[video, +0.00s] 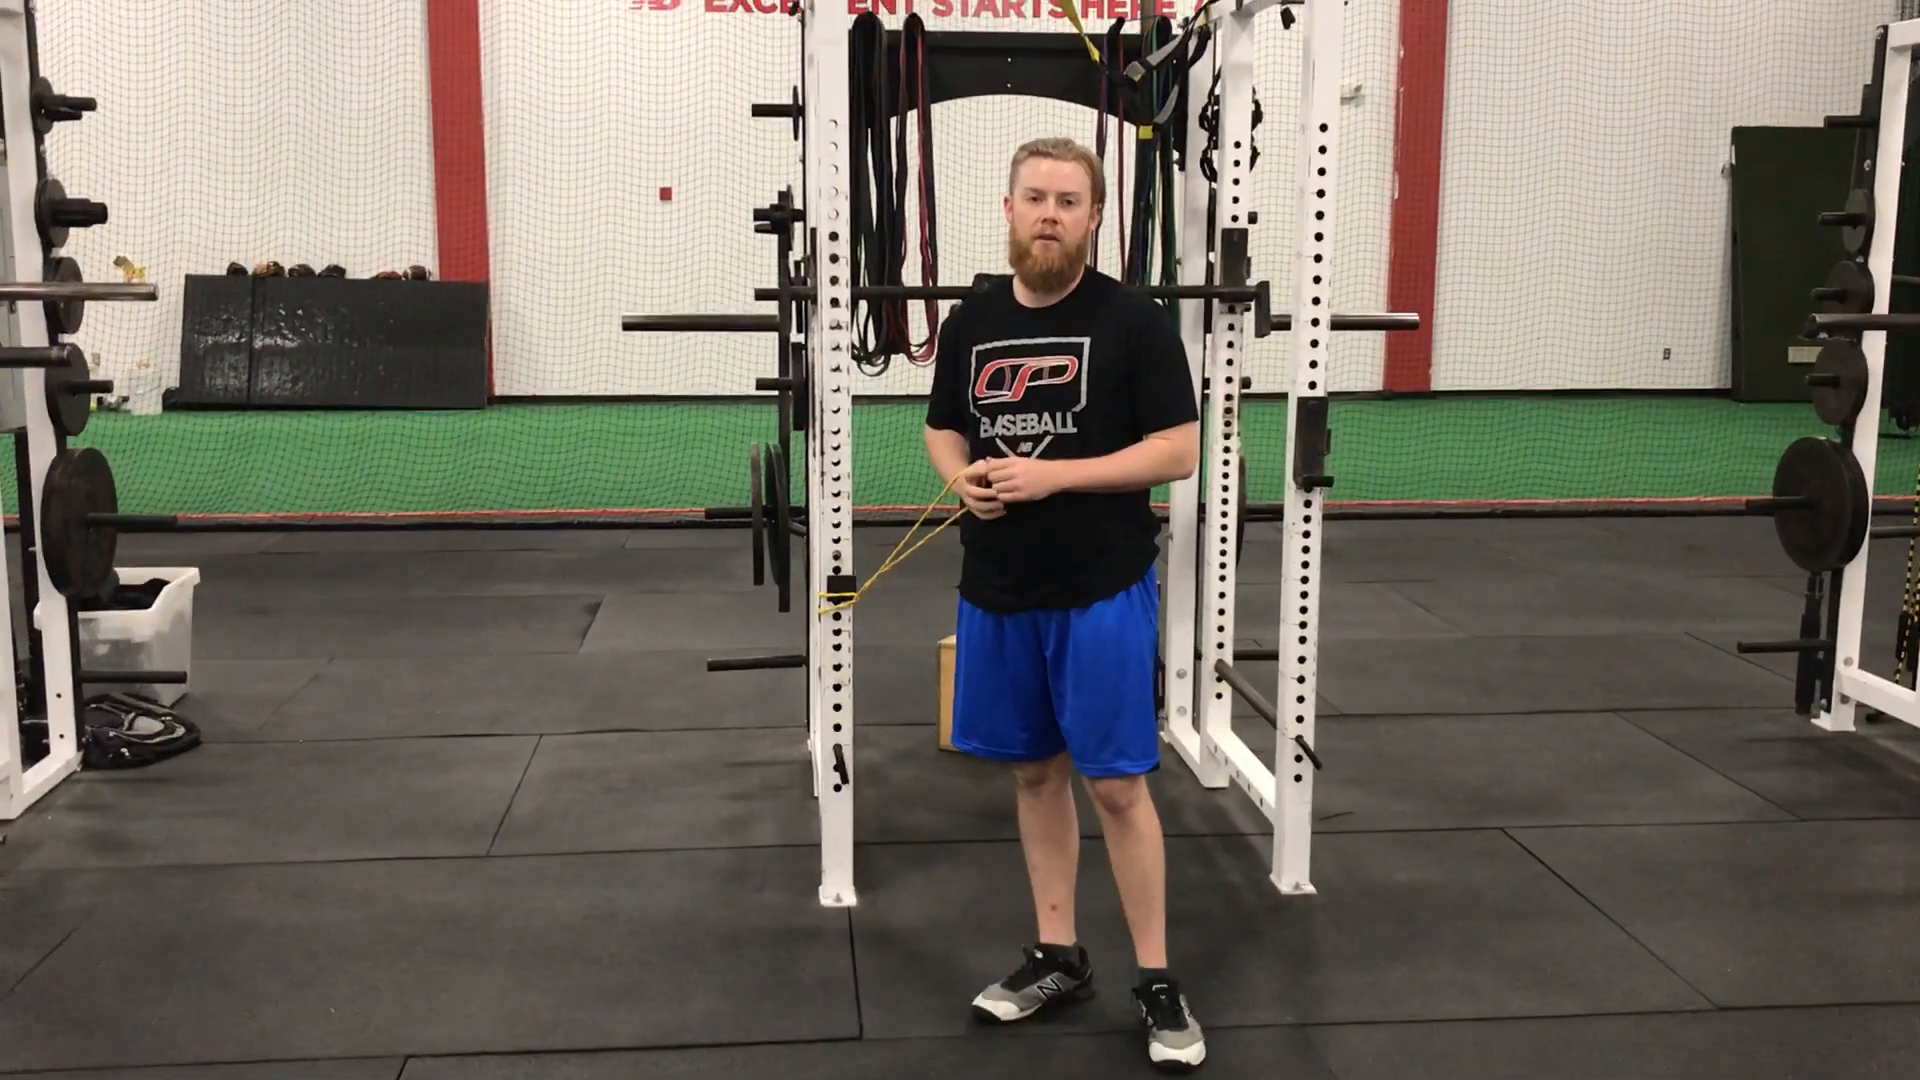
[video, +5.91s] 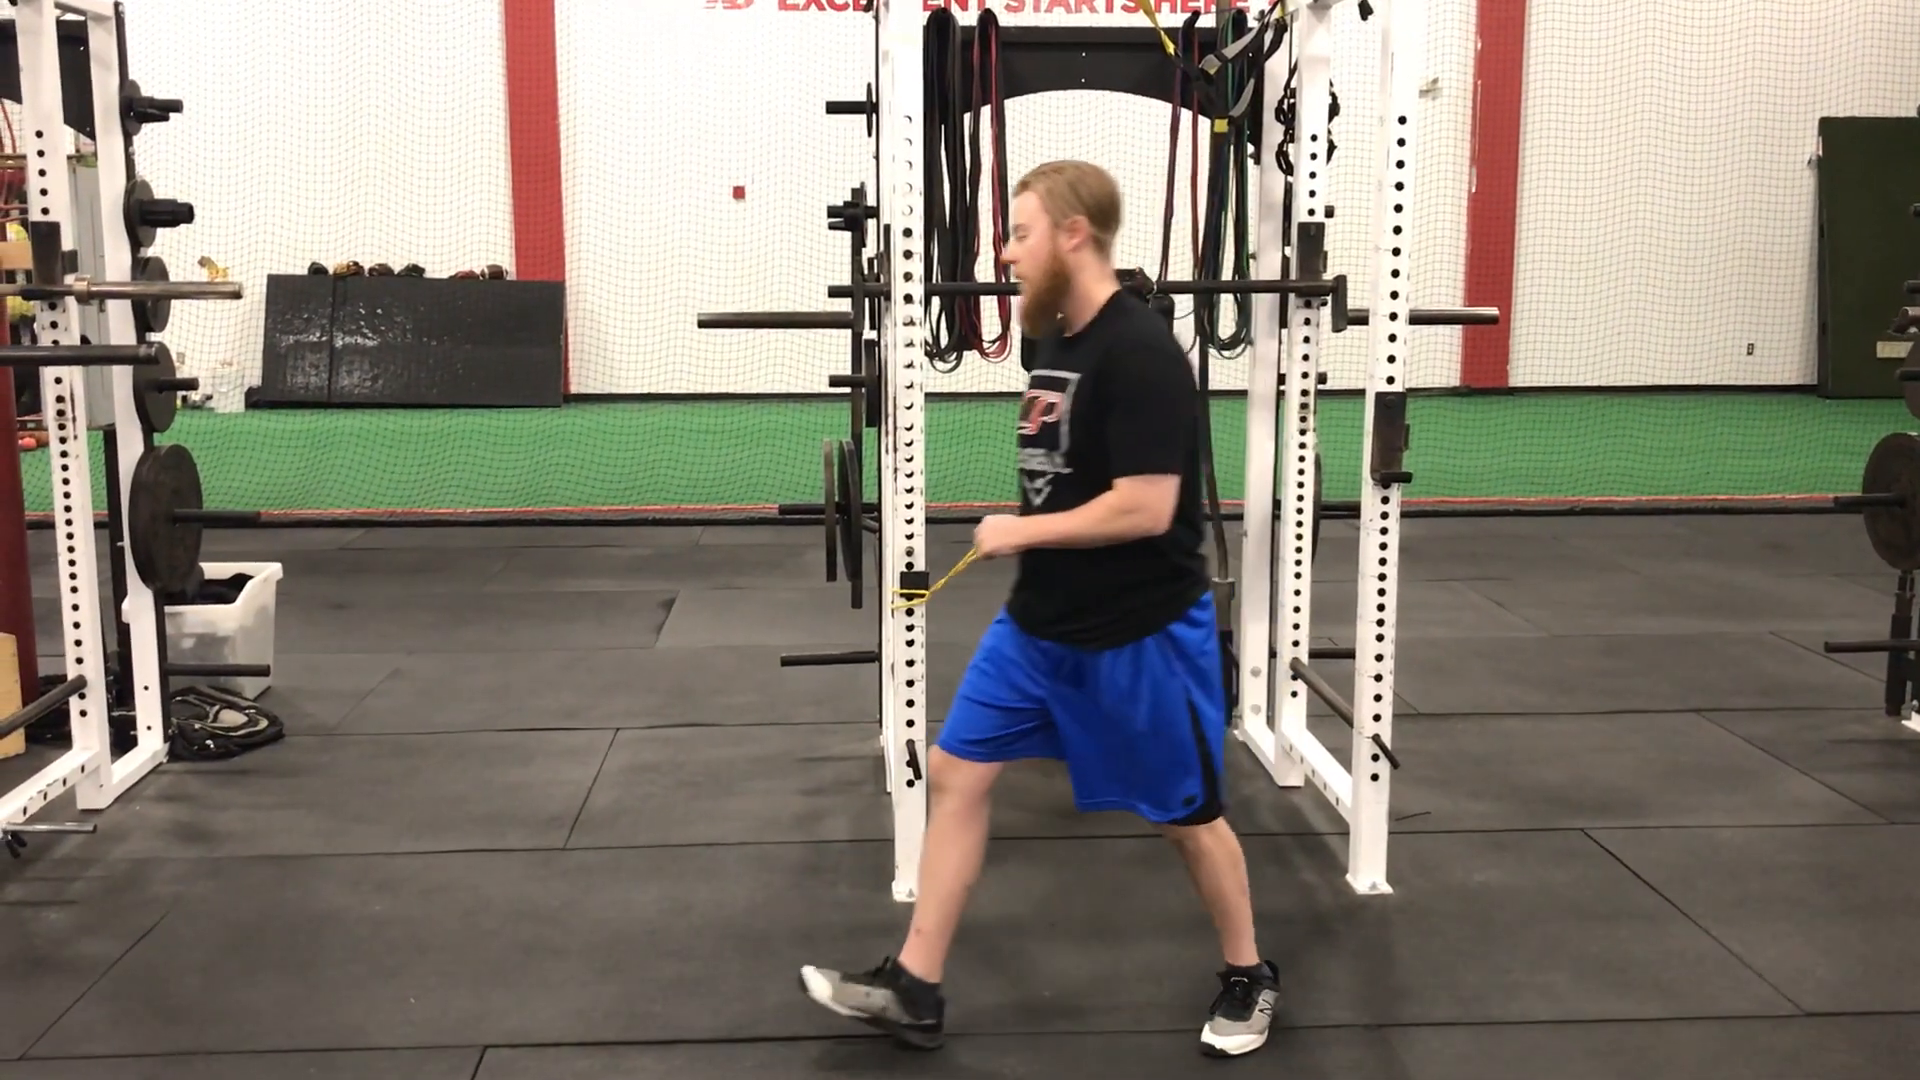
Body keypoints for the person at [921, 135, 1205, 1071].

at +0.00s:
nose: (1050, 214)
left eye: (1068, 201)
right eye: (1035, 197)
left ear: (1094, 218)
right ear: (1007, 210)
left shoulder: (1134, 321)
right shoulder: (972, 320)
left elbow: (1178, 450)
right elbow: (941, 430)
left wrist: (1055, 473)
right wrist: (965, 479)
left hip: (1105, 592)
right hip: (1002, 592)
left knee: (1117, 787)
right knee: (1036, 775)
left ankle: (1155, 981)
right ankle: (1057, 956)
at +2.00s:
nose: (1037, 202)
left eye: (1057, 187)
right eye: (1029, 187)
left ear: (1102, 200)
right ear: (1021, 199)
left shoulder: (1152, 305)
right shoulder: (999, 301)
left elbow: (1182, 442)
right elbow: (986, 408)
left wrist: (1050, 476)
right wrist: (948, 438)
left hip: (1122, 578)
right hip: (1024, 579)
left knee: (1134, 774)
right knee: (1057, 760)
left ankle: (1172, 966)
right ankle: (1072, 940)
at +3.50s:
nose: (1095, 242)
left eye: (1102, 224)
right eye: (1095, 224)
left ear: (1147, 224)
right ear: (1149, 222)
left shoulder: (1236, 334)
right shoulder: (1128, 317)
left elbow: (1245, 482)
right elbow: (1098, 437)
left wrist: (1107, 505)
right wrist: (1035, 525)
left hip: (1196, 606)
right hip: (1106, 597)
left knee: (1209, 788)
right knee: (1101, 772)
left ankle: (1211, 974)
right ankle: (1095, 958)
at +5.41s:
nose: (1128, 217)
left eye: (1147, 200)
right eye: (1123, 200)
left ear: (1202, 210)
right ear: (1123, 208)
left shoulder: (1258, 326)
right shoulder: (1109, 324)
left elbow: (1272, 472)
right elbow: (1083, 458)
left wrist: (1129, 494)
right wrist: (1052, 580)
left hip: (1222, 606)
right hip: (1116, 601)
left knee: (1230, 793)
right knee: (1112, 777)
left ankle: (1239, 978)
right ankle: (1120, 961)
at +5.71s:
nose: (1089, 235)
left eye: (1102, 216)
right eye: (1088, 218)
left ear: (1160, 220)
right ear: (1133, 222)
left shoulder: (1229, 339)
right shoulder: (1113, 328)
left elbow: (1236, 493)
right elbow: (1116, 474)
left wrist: (1100, 511)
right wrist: (1070, 580)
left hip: (1196, 617)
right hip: (1097, 605)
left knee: (1221, 802)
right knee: (1031, 760)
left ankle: (1247, 975)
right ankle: (1036, 969)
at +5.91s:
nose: (1007, 254)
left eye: (1020, 235)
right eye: (1008, 236)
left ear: (1076, 236)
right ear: (1067, 238)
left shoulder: (1143, 349)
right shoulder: (1051, 339)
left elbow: (1149, 506)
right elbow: (1077, 472)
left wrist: (1025, 531)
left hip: (1144, 634)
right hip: (1041, 622)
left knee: (1189, 813)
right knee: (958, 769)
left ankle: (1247, 974)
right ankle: (917, 982)